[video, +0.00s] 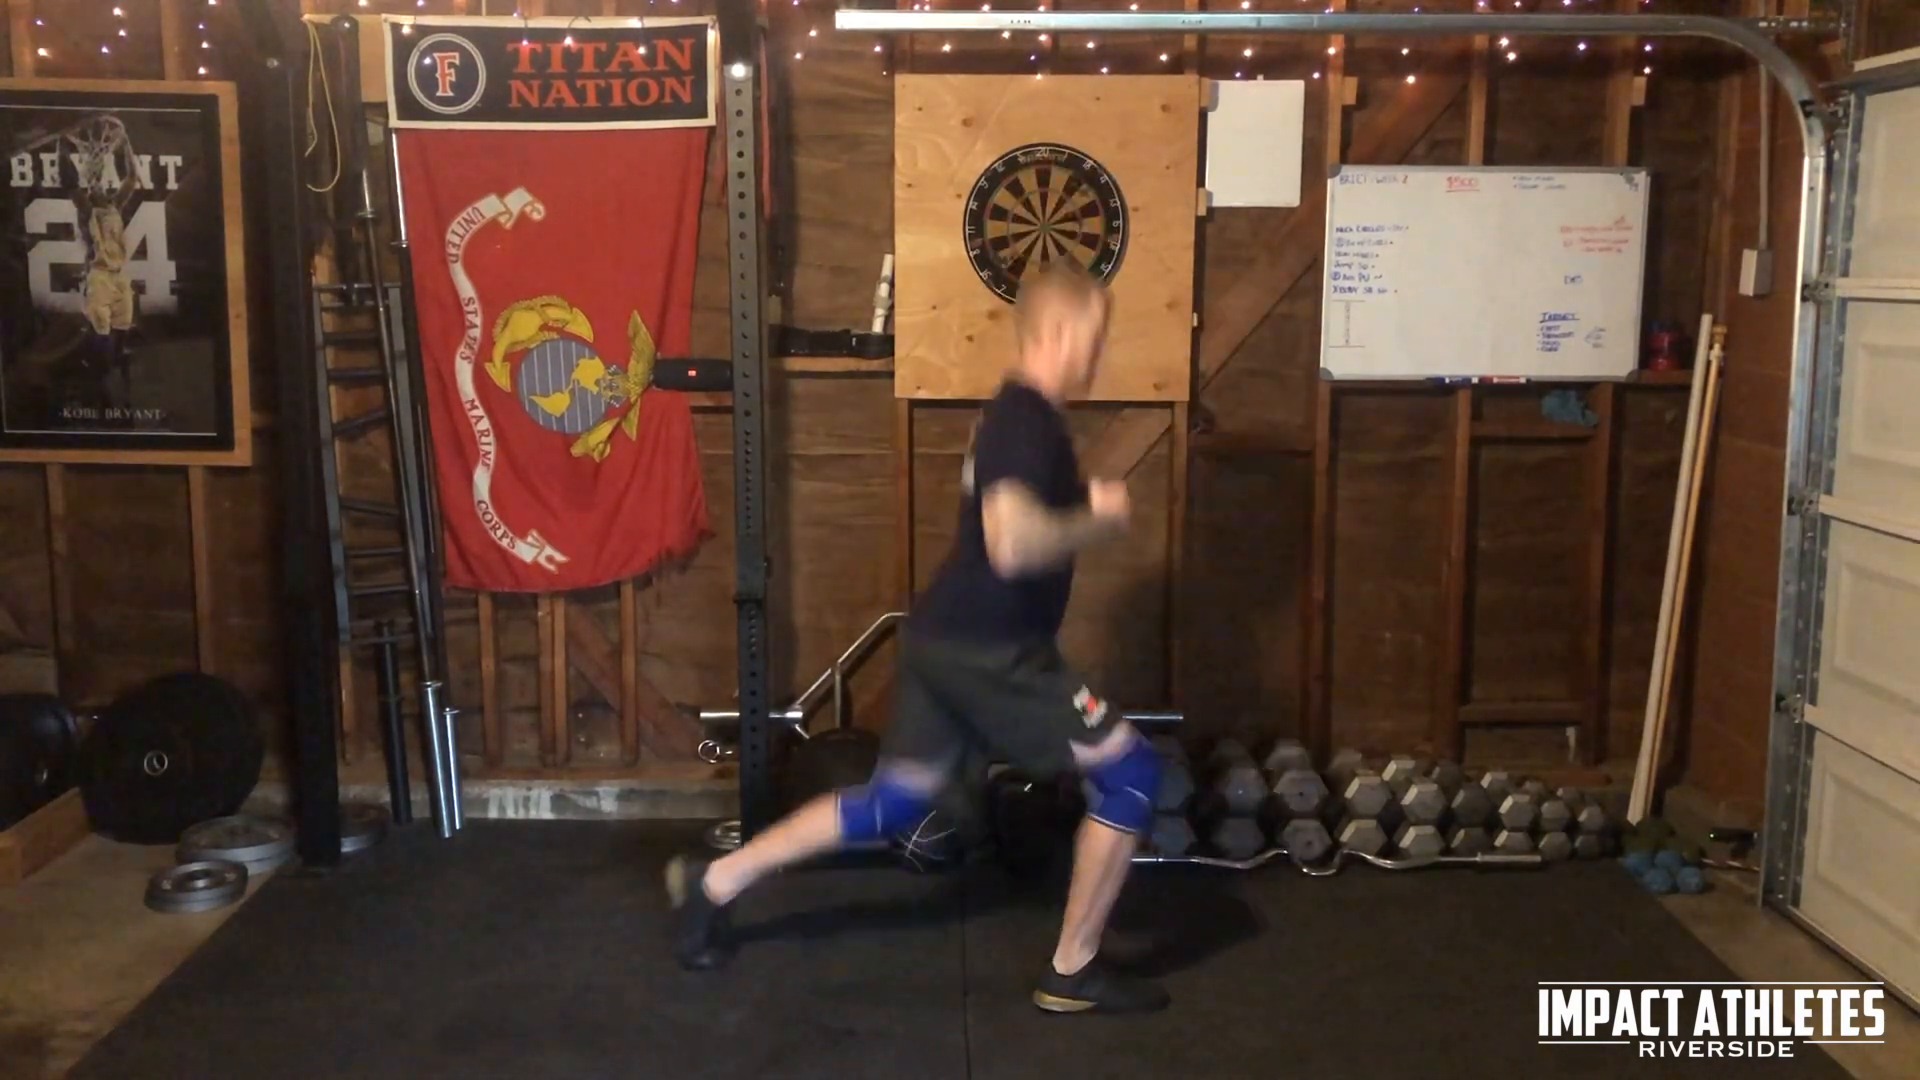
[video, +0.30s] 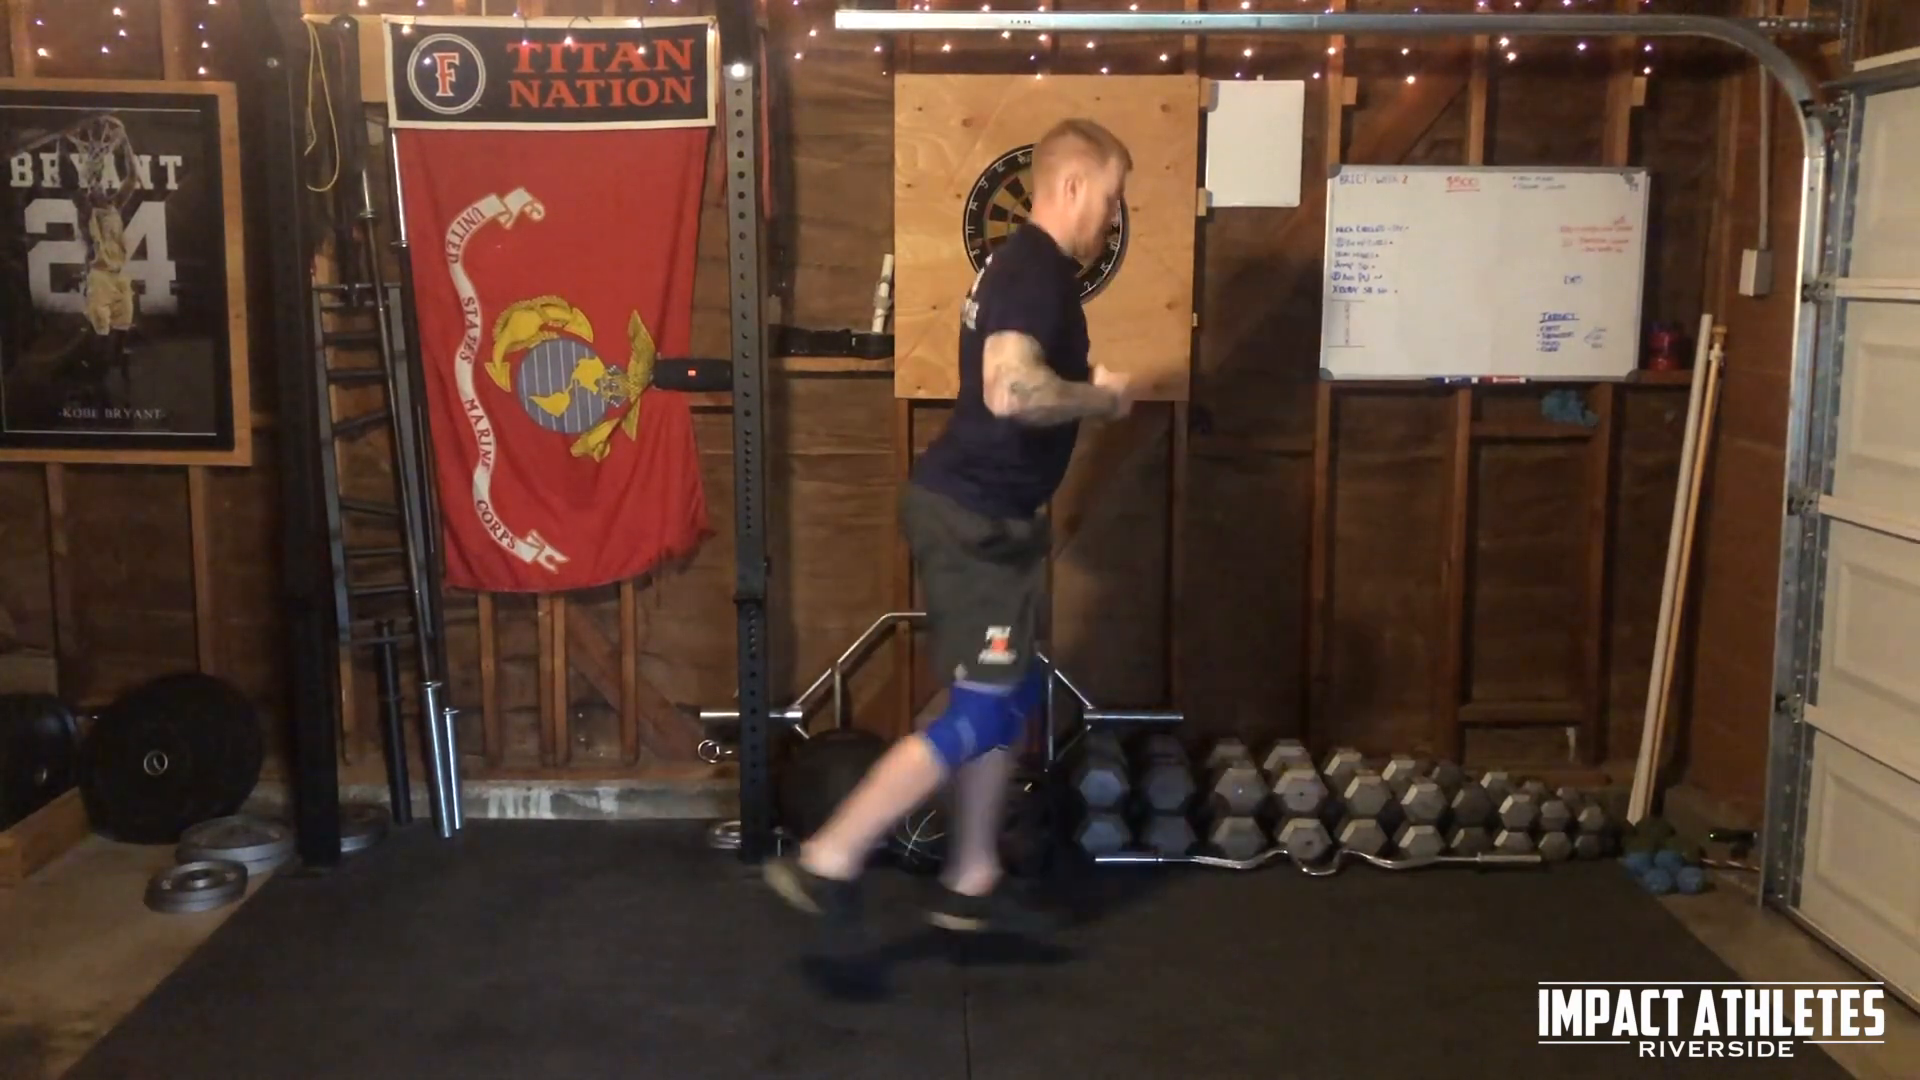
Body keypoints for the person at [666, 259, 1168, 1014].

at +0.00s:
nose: (1097, 351)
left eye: (1099, 335)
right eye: (1091, 335)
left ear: (1036, 334)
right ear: (1054, 335)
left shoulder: (1011, 413)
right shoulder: (1027, 421)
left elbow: (996, 518)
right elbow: (1011, 543)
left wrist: (1069, 503)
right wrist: (1095, 516)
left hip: (942, 639)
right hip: (989, 648)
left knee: (894, 802)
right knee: (1129, 775)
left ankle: (711, 883)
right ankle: (1073, 966)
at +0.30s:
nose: (1117, 217)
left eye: (1119, 200)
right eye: (1112, 198)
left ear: (1056, 190)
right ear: (1070, 189)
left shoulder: (1040, 268)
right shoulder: (1029, 266)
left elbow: (1016, 379)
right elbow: (1012, 388)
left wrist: (1090, 387)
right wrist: (1108, 397)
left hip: (1000, 512)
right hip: (970, 511)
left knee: (1004, 696)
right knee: (984, 705)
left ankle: (972, 881)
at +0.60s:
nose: (1102, 431)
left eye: (1103, 416)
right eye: (1096, 414)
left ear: (1046, 416)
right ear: (1052, 417)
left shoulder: (1018, 489)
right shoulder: (1019, 495)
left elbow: (1011, 607)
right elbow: (990, 626)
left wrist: (1076, 632)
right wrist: (1079, 646)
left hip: (1019, 711)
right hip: (953, 731)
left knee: (1146, 766)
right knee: (887, 929)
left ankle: (1079, 939)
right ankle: (669, 946)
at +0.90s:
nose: (1082, 473)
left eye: (1082, 459)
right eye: (1076, 458)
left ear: (1027, 459)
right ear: (1034, 459)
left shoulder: (1017, 534)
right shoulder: (1004, 540)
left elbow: (984, 658)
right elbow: (969, 672)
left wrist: (1058, 672)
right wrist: (1069, 677)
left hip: (1008, 754)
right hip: (947, 778)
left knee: (1144, 762)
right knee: (887, 972)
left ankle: (1079, 940)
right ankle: (675, 945)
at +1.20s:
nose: (1097, 245)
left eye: (1099, 229)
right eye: (1090, 226)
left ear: (1042, 226)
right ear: (1043, 221)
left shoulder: (1031, 304)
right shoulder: (1009, 295)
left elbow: (999, 406)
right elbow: (987, 405)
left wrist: (1059, 411)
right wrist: (1070, 416)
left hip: (995, 548)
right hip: (949, 546)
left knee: (1034, 713)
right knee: (944, 741)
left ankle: (1009, 892)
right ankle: (777, 896)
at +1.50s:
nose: (1098, 314)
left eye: (1100, 298)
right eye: (1093, 297)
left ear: (1041, 289)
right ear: (1053, 290)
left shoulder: (1010, 356)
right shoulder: (1014, 361)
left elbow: (961, 420)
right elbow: (978, 461)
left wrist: (1048, 484)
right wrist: (1070, 496)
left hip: (922, 599)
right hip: (951, 607)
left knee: (873, 782)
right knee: (1079, 769)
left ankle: (699, 873)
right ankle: (1066, 977)